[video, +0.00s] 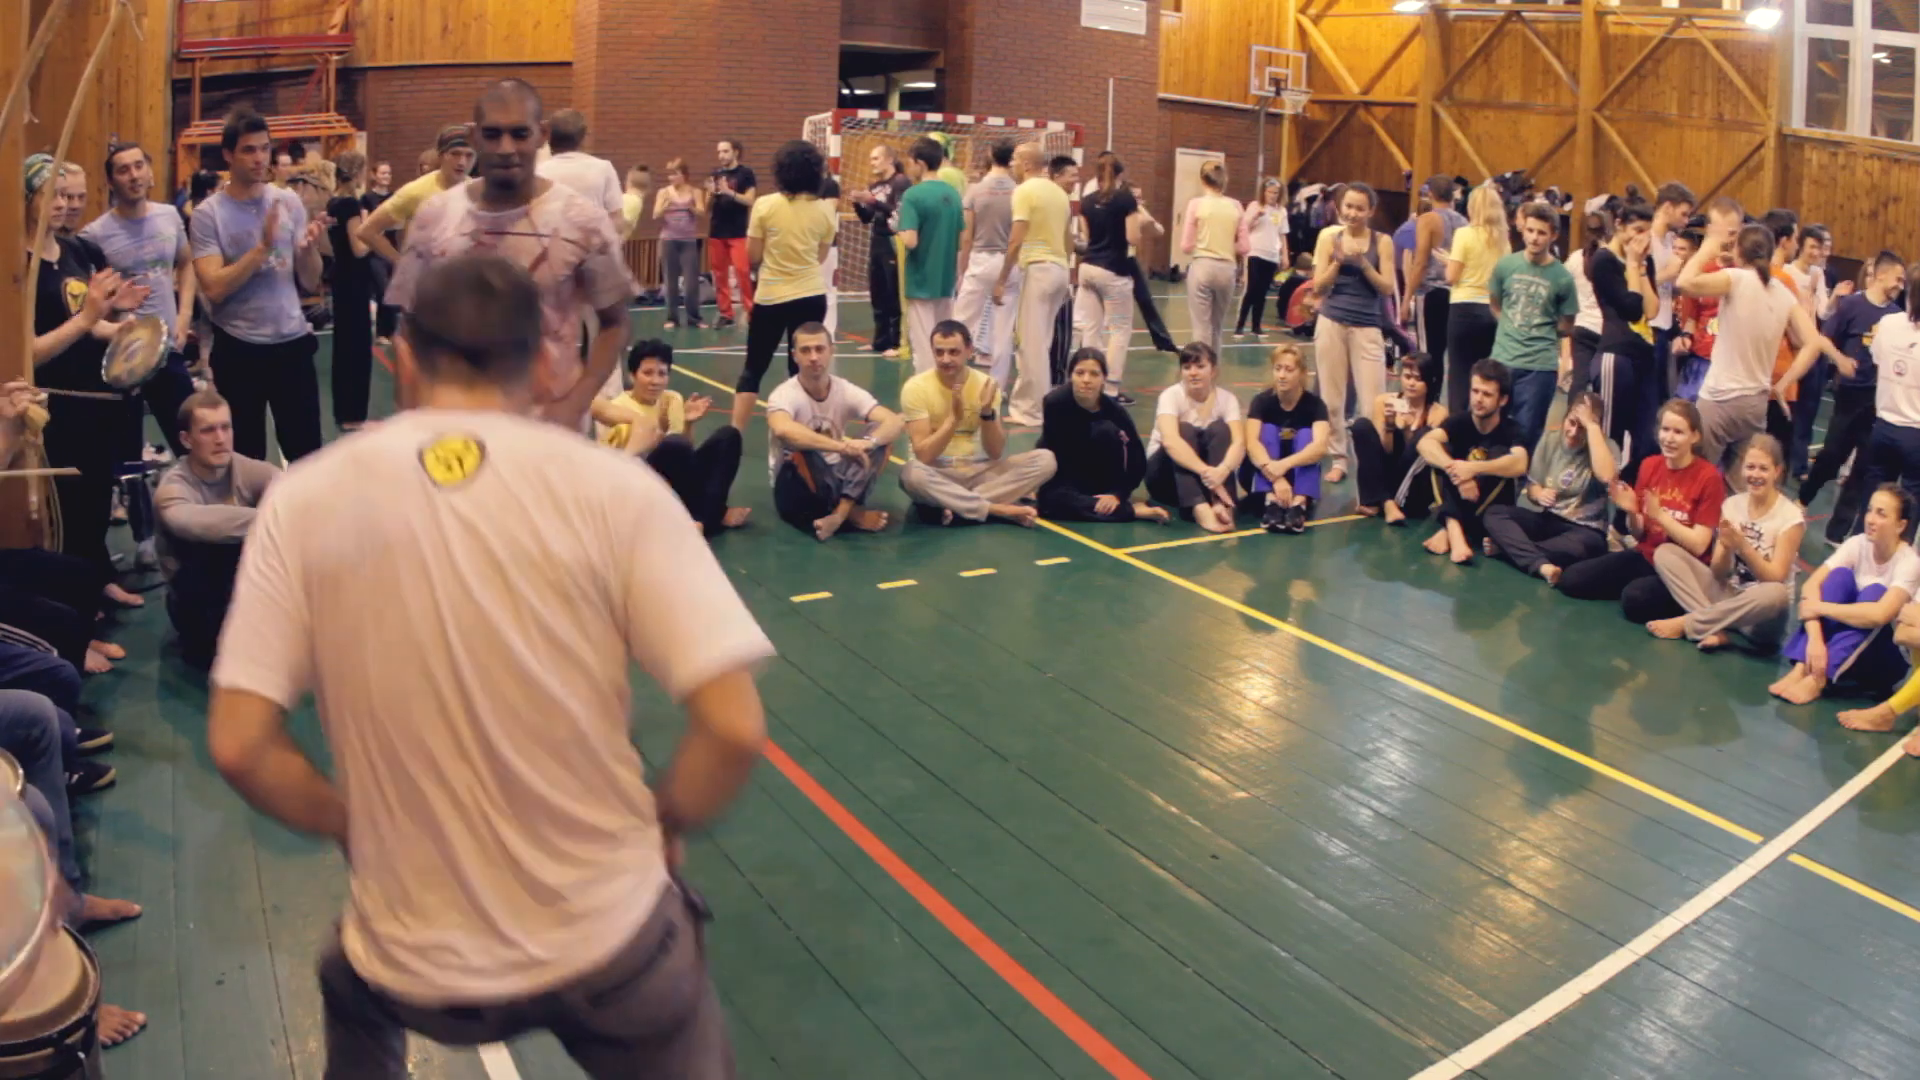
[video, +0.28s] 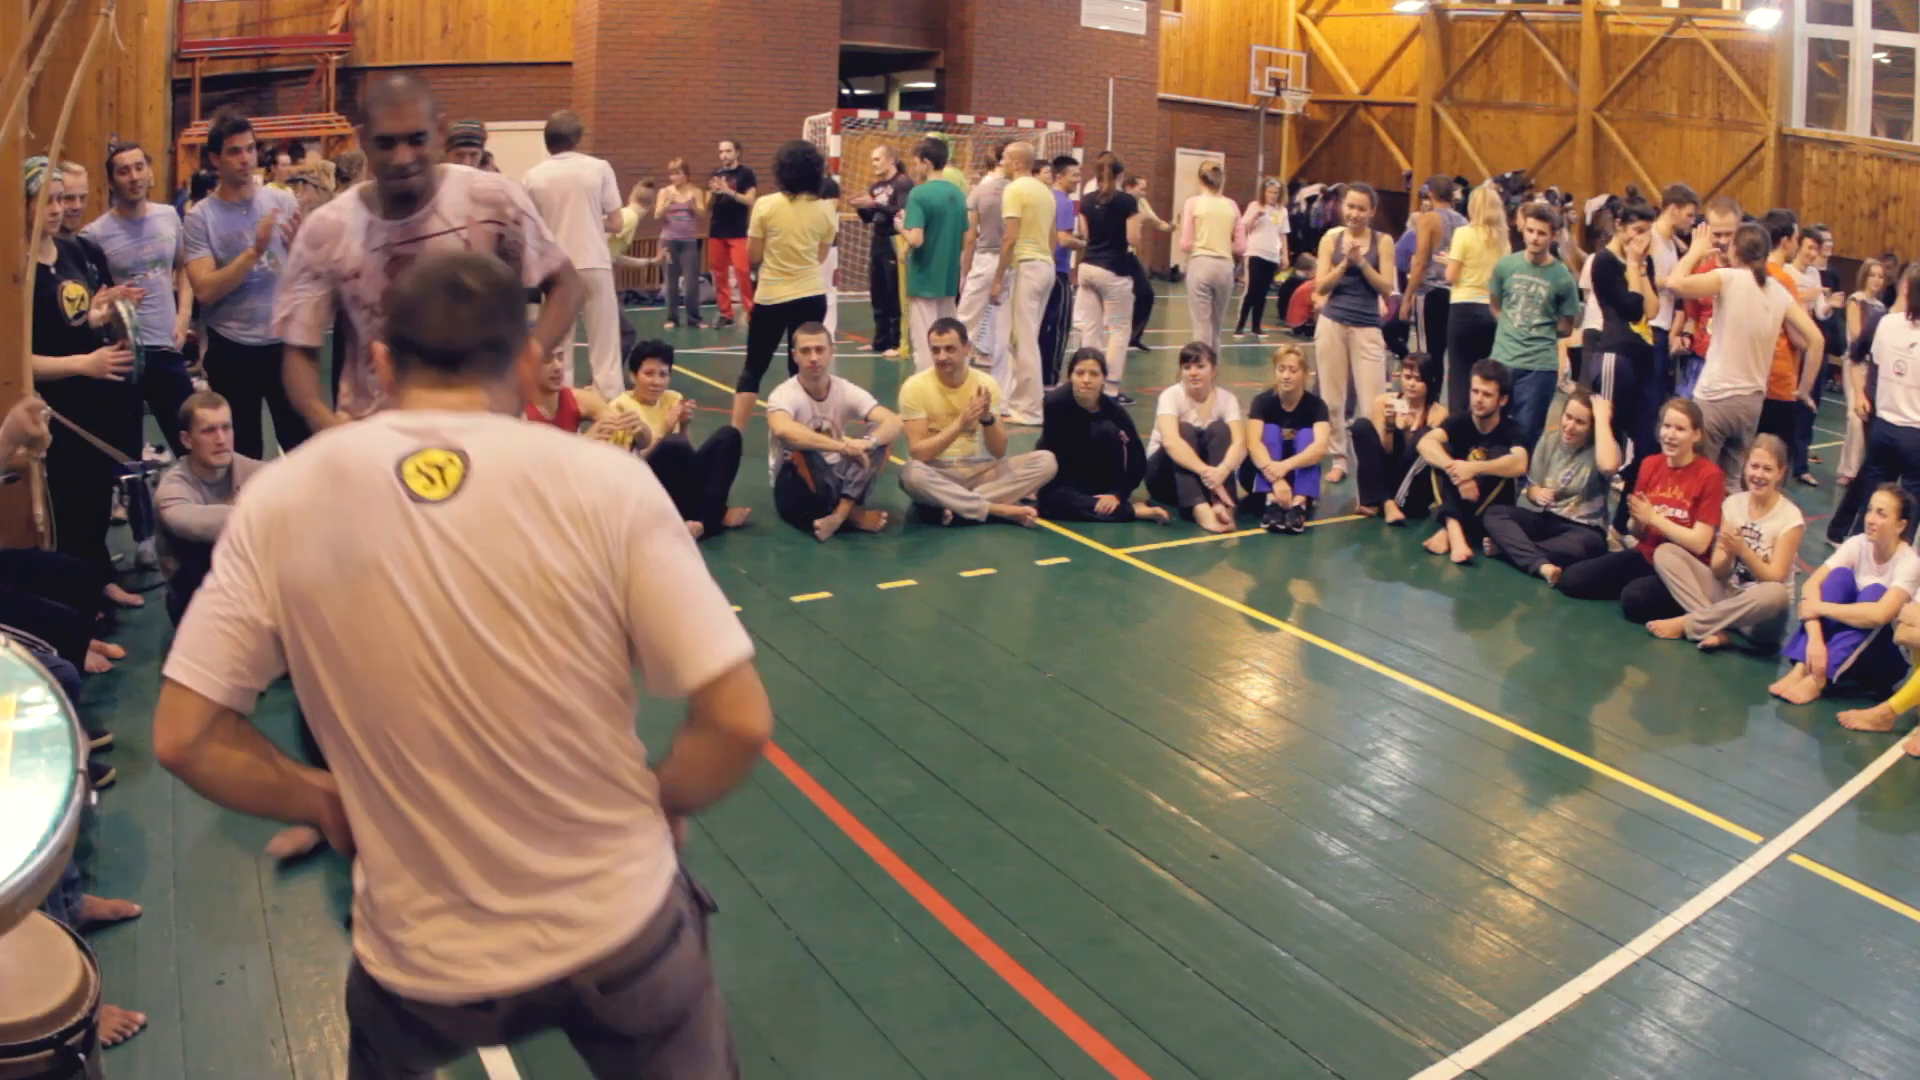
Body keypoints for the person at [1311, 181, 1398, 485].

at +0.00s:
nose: (1353, 213)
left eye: (1359, 208)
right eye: (1348, 207)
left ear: (1370, 211)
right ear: (1340, 207)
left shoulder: (1382, 241)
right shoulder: (1328, 236)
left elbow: (1388, 287)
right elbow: (1319, 285)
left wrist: (1365, 265)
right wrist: (1337, 261)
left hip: (1367, 324)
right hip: (1331, 321)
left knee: (1371, 395)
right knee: (1332, 395)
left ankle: (1372, 461)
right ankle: (1338, 456)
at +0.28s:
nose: (1354, 213)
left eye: (1361, 209)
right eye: (1350, 207)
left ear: (1371, 212)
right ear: (1342, 207)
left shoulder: (1382, 242)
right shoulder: (1331, 238)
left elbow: (1387, 288)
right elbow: (1321, 285)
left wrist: (1362, 263)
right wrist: (1344, 263)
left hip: (1367, 324)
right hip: (1331, 321)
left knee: (1370, 396)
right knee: (1333, 395)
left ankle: (1370, 462)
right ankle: (1338, 457)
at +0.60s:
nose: (1356, 213)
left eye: (1362, 208)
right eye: (1351, 207)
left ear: (1373, 212)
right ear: (1343, 207)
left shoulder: (1384, 242)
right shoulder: (1331, 240)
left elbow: (1386, 288)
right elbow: (1322, 286)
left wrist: (1362, 263)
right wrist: (1346, 265)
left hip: (1367, 325)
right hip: (1331, 322)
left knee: (1371, 396)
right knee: (1333, 395)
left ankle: (1370, 460)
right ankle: (1338, 457)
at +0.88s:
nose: (1355, 213)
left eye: (1362, 208)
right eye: (1351, 207)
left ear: (1372, 211)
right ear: (1343, 207)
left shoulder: (1384, 242)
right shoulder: (1331, 240)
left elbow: (1384, 287)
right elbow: (1324, 286)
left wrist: (1360, 262)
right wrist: (1344, 262)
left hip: (1367, 324)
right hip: (1331, 321)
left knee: (1371, 396)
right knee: (1333, 395)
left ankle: (1370, 461)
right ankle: (1338, 456)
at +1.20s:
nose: (1354, 213)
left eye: (1361, 208)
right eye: (1350, 207)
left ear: (1372, 212)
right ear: (1343, 208)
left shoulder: (1383, 241)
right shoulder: (1331, 240)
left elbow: (1384, 287)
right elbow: (1324, 285)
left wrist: (1360, 262)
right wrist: (1347, 263)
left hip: (1367, 324)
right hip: (1331, 321)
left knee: (1370, 396)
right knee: (1333, 394)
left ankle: (1370, 461)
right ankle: (1338, 456)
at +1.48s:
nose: (1354, 213)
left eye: (1360, 209)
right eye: (1349, 207)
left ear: (1372, 212)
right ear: (1343, 208)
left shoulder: (1383, 241)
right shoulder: (1331, 239)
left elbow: (1386, 288)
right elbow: (1321, 284)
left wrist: (1363, 264)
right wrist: (1340, 260)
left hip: (1368, 324)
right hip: (1332, 320)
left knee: (1371, 396)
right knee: (1333, 395)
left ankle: (1370, 461)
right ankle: (1338, 457)